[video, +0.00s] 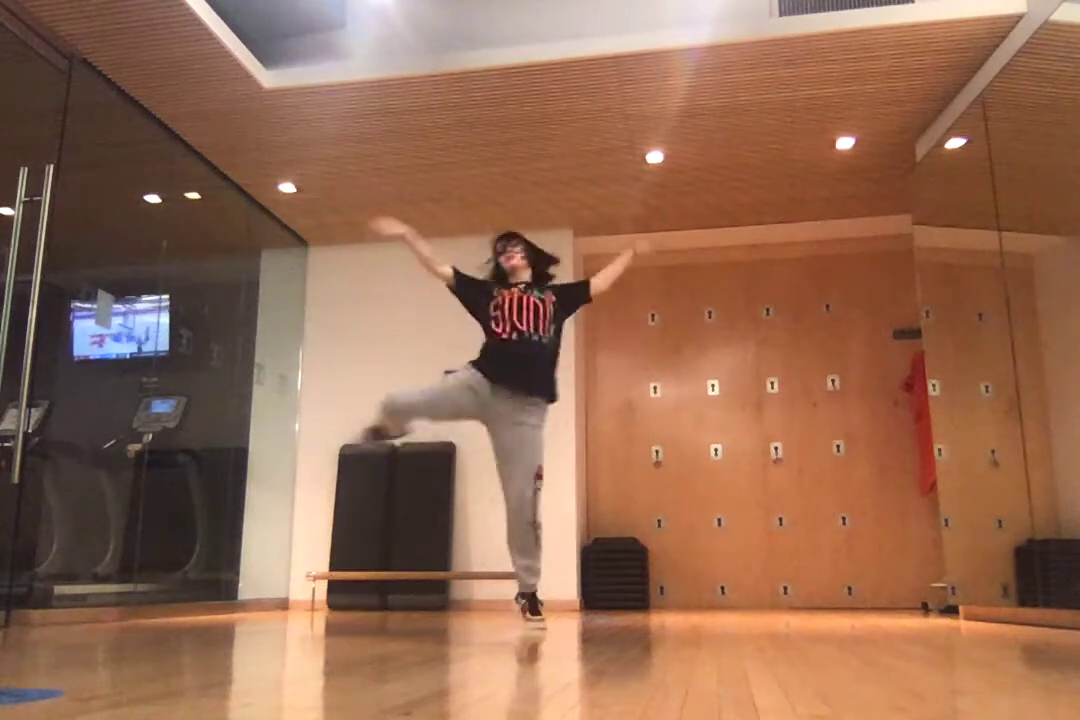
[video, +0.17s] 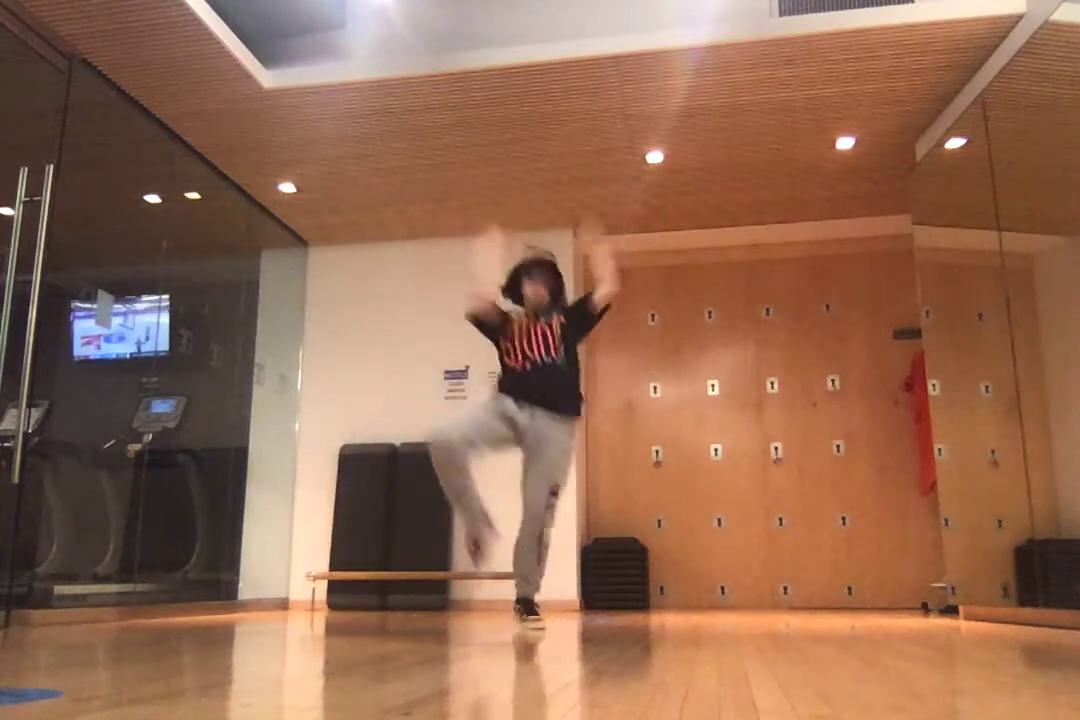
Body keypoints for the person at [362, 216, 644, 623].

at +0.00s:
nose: (510, 253)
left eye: (516, 248)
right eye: (503, 251)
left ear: (533, 256)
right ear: (498, 264)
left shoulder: (558, 297)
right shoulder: (487, 293)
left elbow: (599, 283)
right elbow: (440, 269)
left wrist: (627, 254)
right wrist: (407, 233)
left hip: (525, 409)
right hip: (480, 386)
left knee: (523, 503)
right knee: (398, 402)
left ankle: (528, 592)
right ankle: (385, 431)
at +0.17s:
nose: (537, 287)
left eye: (544, 281)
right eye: (530, 281)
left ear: (556, 289)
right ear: (516, 289)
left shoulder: (568, 321)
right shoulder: (507, 325)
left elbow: (606, 291)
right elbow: (476, 307)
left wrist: (599, 249)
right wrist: (491, 259)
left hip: (554, 422)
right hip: (508, 409)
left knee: (538, 513)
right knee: (443, 439)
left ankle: (526, 596)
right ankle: (477, 524)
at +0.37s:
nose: (562, 285)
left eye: (568, 279)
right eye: (554, 280)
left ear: (580, 286)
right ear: (545, 288)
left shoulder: (596, 321)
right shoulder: (533, 332)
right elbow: (493, 307)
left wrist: (595, 257)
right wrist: (522, 266)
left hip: (589, 429)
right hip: (542, 427)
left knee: (573, 514)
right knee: (535, 506)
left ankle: (539, 587)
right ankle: (549, 597)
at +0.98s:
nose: (695, 340)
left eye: (698, 334)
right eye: (694, 332)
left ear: (680, 328)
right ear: (679, 326)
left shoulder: (688, 361)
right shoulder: (636, 361)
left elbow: (699, 396)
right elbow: (656, 417)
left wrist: (703, 342)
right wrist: (689, 456)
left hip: (698, 456)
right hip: (656, 467)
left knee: (679, 524)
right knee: (703, 540)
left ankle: (669, 605)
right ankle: (785, 591)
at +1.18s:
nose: (648, 273)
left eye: (656, 263)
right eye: (642, 266)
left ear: (675, 268)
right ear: (635, 273)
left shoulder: (691, 307)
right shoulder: (626, 322)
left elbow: (661, 318)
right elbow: (622, 378)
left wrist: (620, 287)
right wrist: (635, 428)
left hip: (695, 424)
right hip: (652, 432)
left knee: (688, 504)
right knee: (656, 524)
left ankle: (705, 582)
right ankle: (705, 568)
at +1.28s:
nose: (634, 275)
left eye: (641, 266)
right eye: (627, 270)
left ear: (660, 267)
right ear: (621, 277)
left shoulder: (666, 299)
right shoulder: (632, 321)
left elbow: (622, 330)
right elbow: (634, 384)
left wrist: (578, 359)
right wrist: (634, 434)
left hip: (696, 431)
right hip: (652, 435)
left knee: (699, 515)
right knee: (607, 501)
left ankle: (745, 590)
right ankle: (602, 597)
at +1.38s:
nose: (626, 300)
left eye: (633, 291)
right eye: (618, 294)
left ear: (650, 294)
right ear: (610, 305)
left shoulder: (660, 336)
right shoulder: (628, 349)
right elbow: (628, 402)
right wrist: (634, 449)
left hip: (692, 450)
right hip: (647, 450)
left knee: (704, 520)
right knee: (592, 508)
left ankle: (737, 600)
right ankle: (561, 603)